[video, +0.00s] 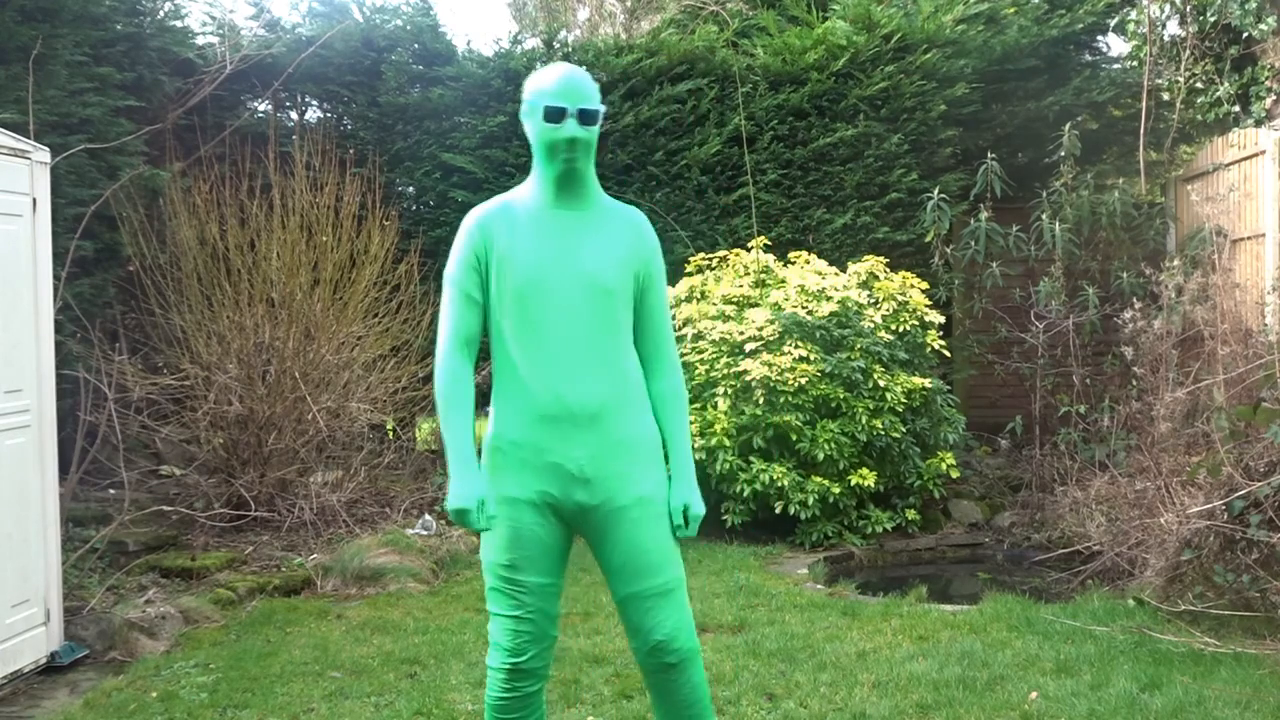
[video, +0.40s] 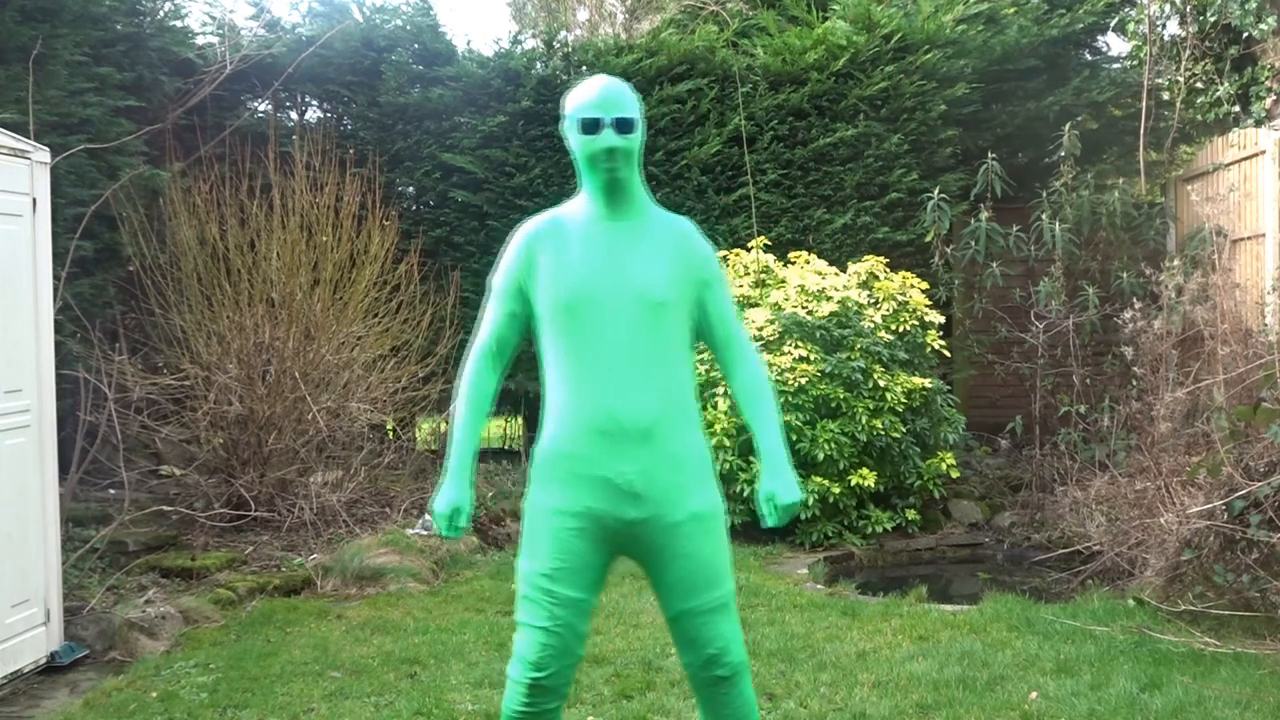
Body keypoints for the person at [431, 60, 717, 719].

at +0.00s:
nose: (571, 129)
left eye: (585, 116)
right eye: (554, 115)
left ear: (600, 125)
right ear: (526, 125)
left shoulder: (634, 230)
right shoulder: (487, 227)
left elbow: (662, 358)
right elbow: (454, 352)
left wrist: (683, 470)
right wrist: (462, 470)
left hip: (630, 472)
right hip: (521, 475)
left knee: (673, 652)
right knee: (517, 663)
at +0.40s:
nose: (608, 138)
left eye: (622, 124)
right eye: (590, 125)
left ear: (642, 135)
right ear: (568, 140)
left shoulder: (684, 241)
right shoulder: (536, 241)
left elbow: (739, 354)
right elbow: (486, 358)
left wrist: (775, 459)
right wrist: (458, 474)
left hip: (681, 486)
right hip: (568, 487)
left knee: (721, 665)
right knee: (538, 673)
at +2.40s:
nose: (637, 135)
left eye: (652, 120)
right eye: (621, 122)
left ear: (674, 128)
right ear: (602, 134)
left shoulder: (714, 238)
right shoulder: (567, 236)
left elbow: (771, 352)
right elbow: (532, 352)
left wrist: (785, 466)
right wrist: (518, 468)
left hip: (699, 486)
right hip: (588, 485)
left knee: (729, 669)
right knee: (554, 667)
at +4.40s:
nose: (637, 135)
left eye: (652, 121)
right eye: (621, 122)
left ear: (673, 130)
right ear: (601, 133)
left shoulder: (713, 238)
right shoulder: (567, 236)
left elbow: (769, 352)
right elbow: (532, 354)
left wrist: (784, 464)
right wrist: (518, 468)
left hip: (698, 485)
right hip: (587, 483)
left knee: (729, 668)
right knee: (554, 666)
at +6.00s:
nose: (638, 136)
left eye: (653, 123)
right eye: (622, 123)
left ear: (674, 133)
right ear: (602, 135)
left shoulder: (712, 240)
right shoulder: (566, 237)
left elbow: (765, 354)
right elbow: (529, 353)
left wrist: (781, 466)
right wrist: (517, 469)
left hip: (696, 488)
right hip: (584, 486)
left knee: (727, 666)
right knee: (553, 663)